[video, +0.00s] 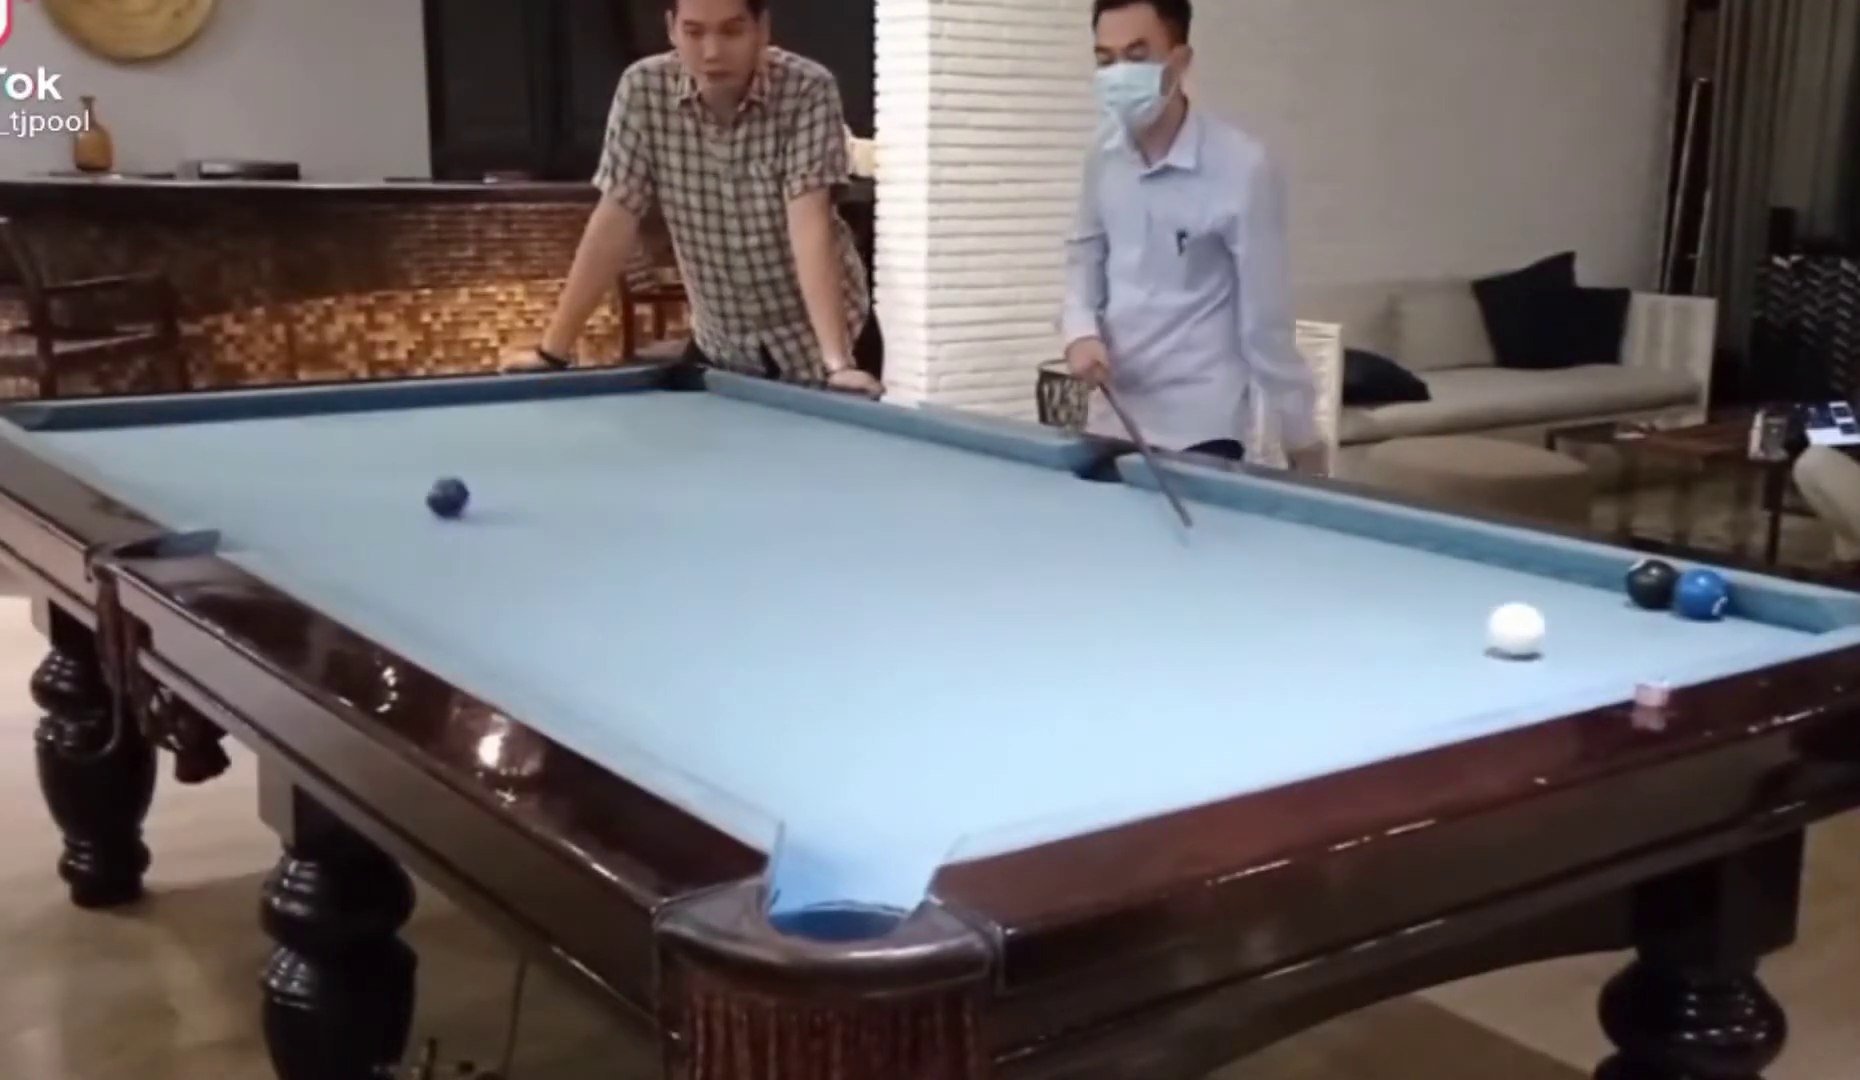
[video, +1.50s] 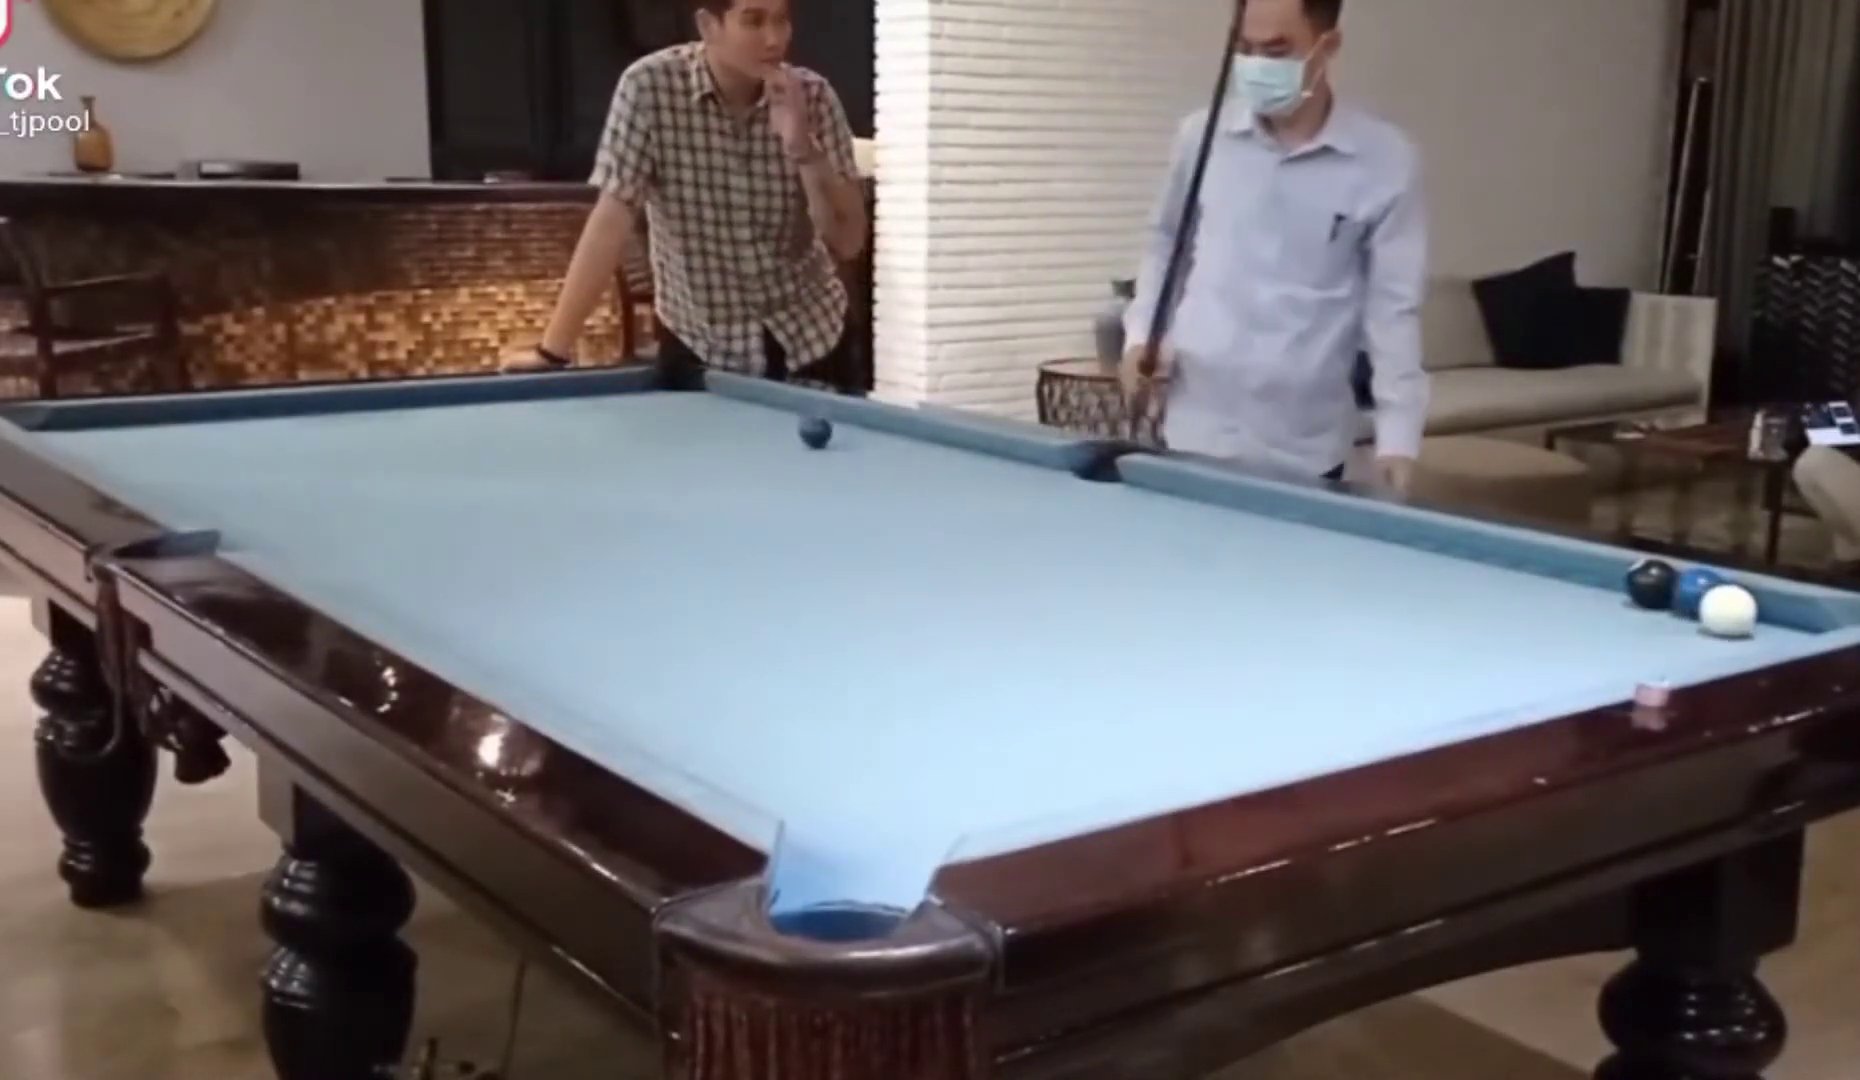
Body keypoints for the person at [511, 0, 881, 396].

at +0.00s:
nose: (712, 52)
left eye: (731, 31)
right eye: (695, 32)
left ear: (762, 29)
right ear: (672, 31)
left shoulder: (806, 89)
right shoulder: (644, 90)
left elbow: (810, 219)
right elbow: (615, 217)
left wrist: (837, 361)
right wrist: (553, 351)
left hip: (822, 347)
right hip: (722, 348)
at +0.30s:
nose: (718, 40)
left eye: (735, 20)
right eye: (699, 21)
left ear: (757, 23)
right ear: (669, 25)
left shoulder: (804, 93)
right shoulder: (642, 92)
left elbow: (810, 222)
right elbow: (615, 217)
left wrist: (838, 362)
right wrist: (553, 350)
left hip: (821, 343)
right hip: (723, 345)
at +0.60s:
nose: (723, 41)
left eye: (738, 22)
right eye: (703, 25)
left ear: (757, 23)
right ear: (670, 30)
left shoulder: (804, 97)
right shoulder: (641, 94)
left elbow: (812, 229)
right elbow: (614, 218)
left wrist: (838, 361)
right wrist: (553, 350)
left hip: (819, 335)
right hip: (721, 338)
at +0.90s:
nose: (741, 29)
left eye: (752, 11)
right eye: (720, 13)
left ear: (766, 17)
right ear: (680, 22)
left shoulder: (807, 105)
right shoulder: (637, 93)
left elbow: (839, 231)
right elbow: (611, 216)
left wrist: (846, 352)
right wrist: (554, 350)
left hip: (807, 340)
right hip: (706, 341)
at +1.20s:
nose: (766, 31)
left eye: (774, 14)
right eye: (745, 16)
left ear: (784, 19)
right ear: (698, 24)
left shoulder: (813, 102)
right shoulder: (642, 88)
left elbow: (858, 228)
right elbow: (610, 217)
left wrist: (832, 248)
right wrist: (552, 350)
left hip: (816, 336)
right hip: (702, 341)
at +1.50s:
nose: (775, 38)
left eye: (783, 20)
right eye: (754, 21)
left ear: (793, 22)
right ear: (709, 25)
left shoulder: (811, 96)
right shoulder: (650, 87)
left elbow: (849, 243)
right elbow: (612, 219)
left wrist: (805, 153)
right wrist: (552, 352)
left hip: (810, 332)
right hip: (700, 340)